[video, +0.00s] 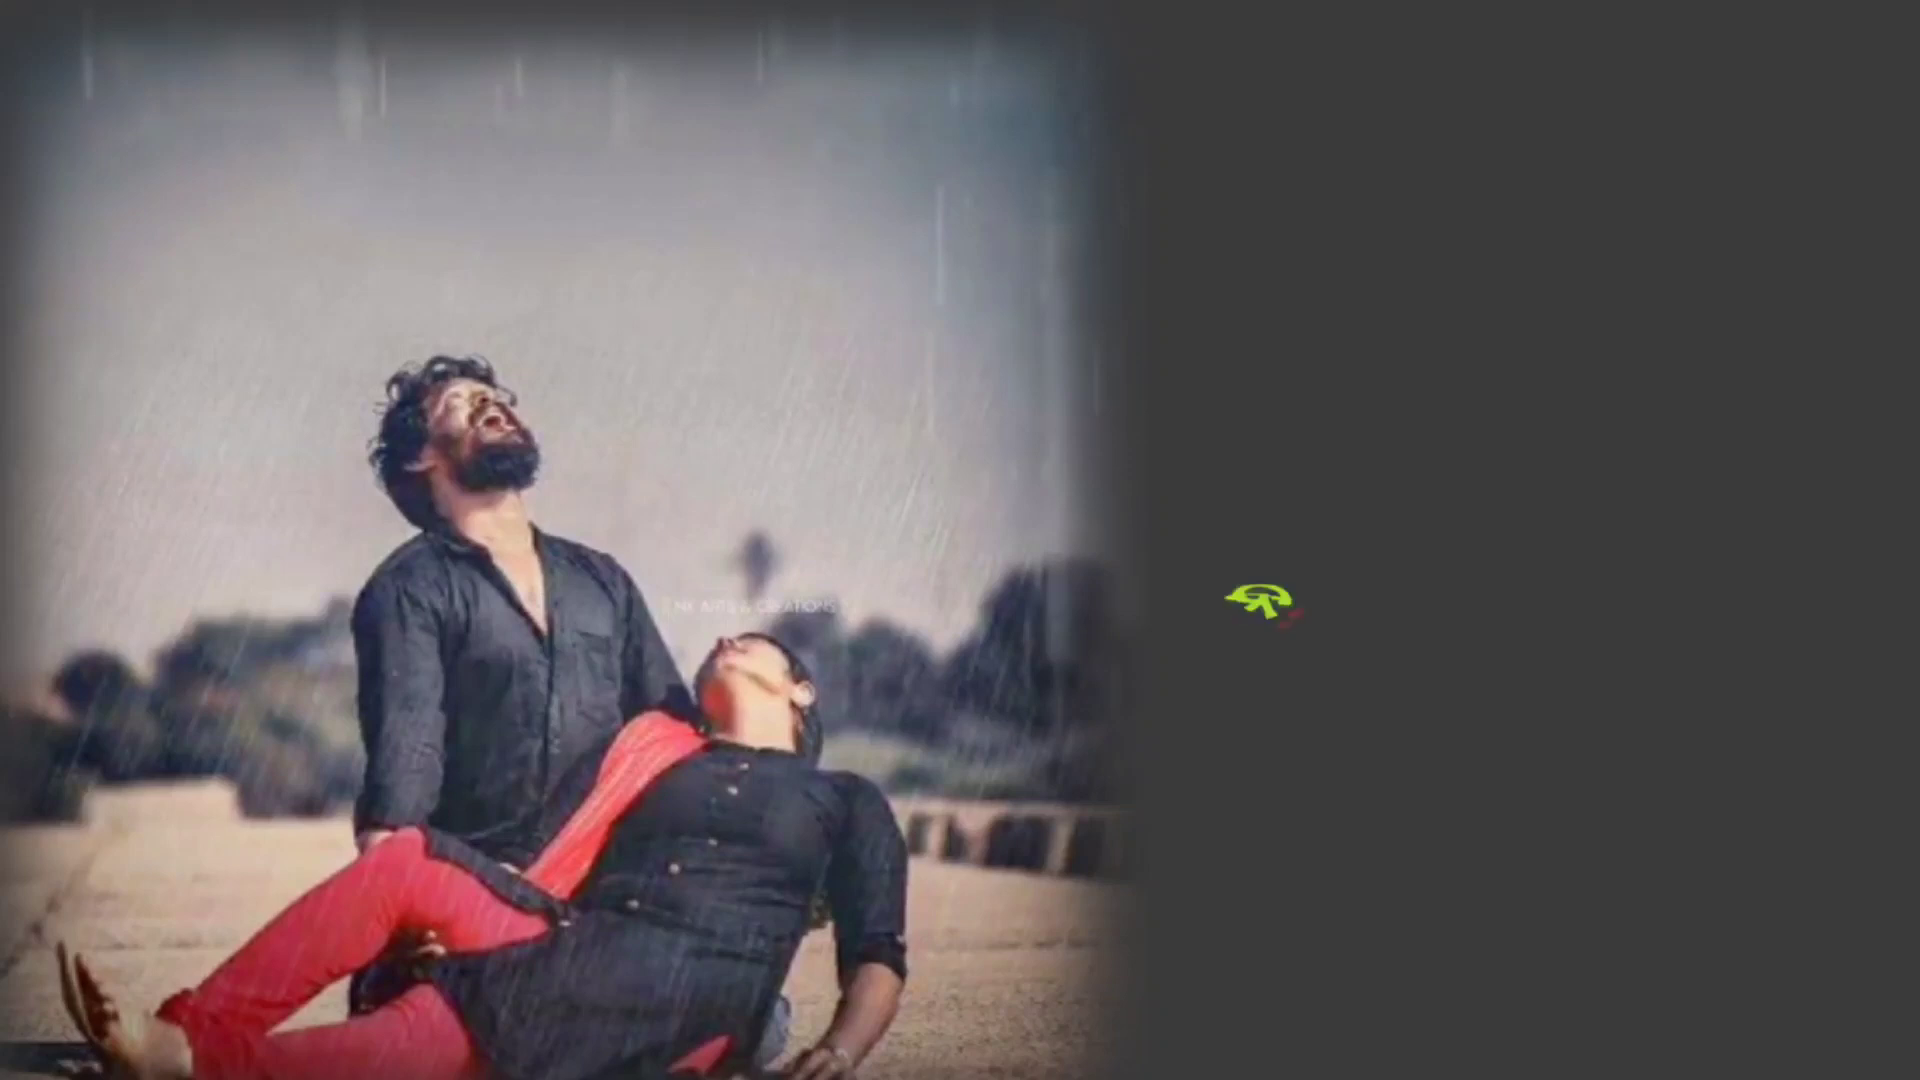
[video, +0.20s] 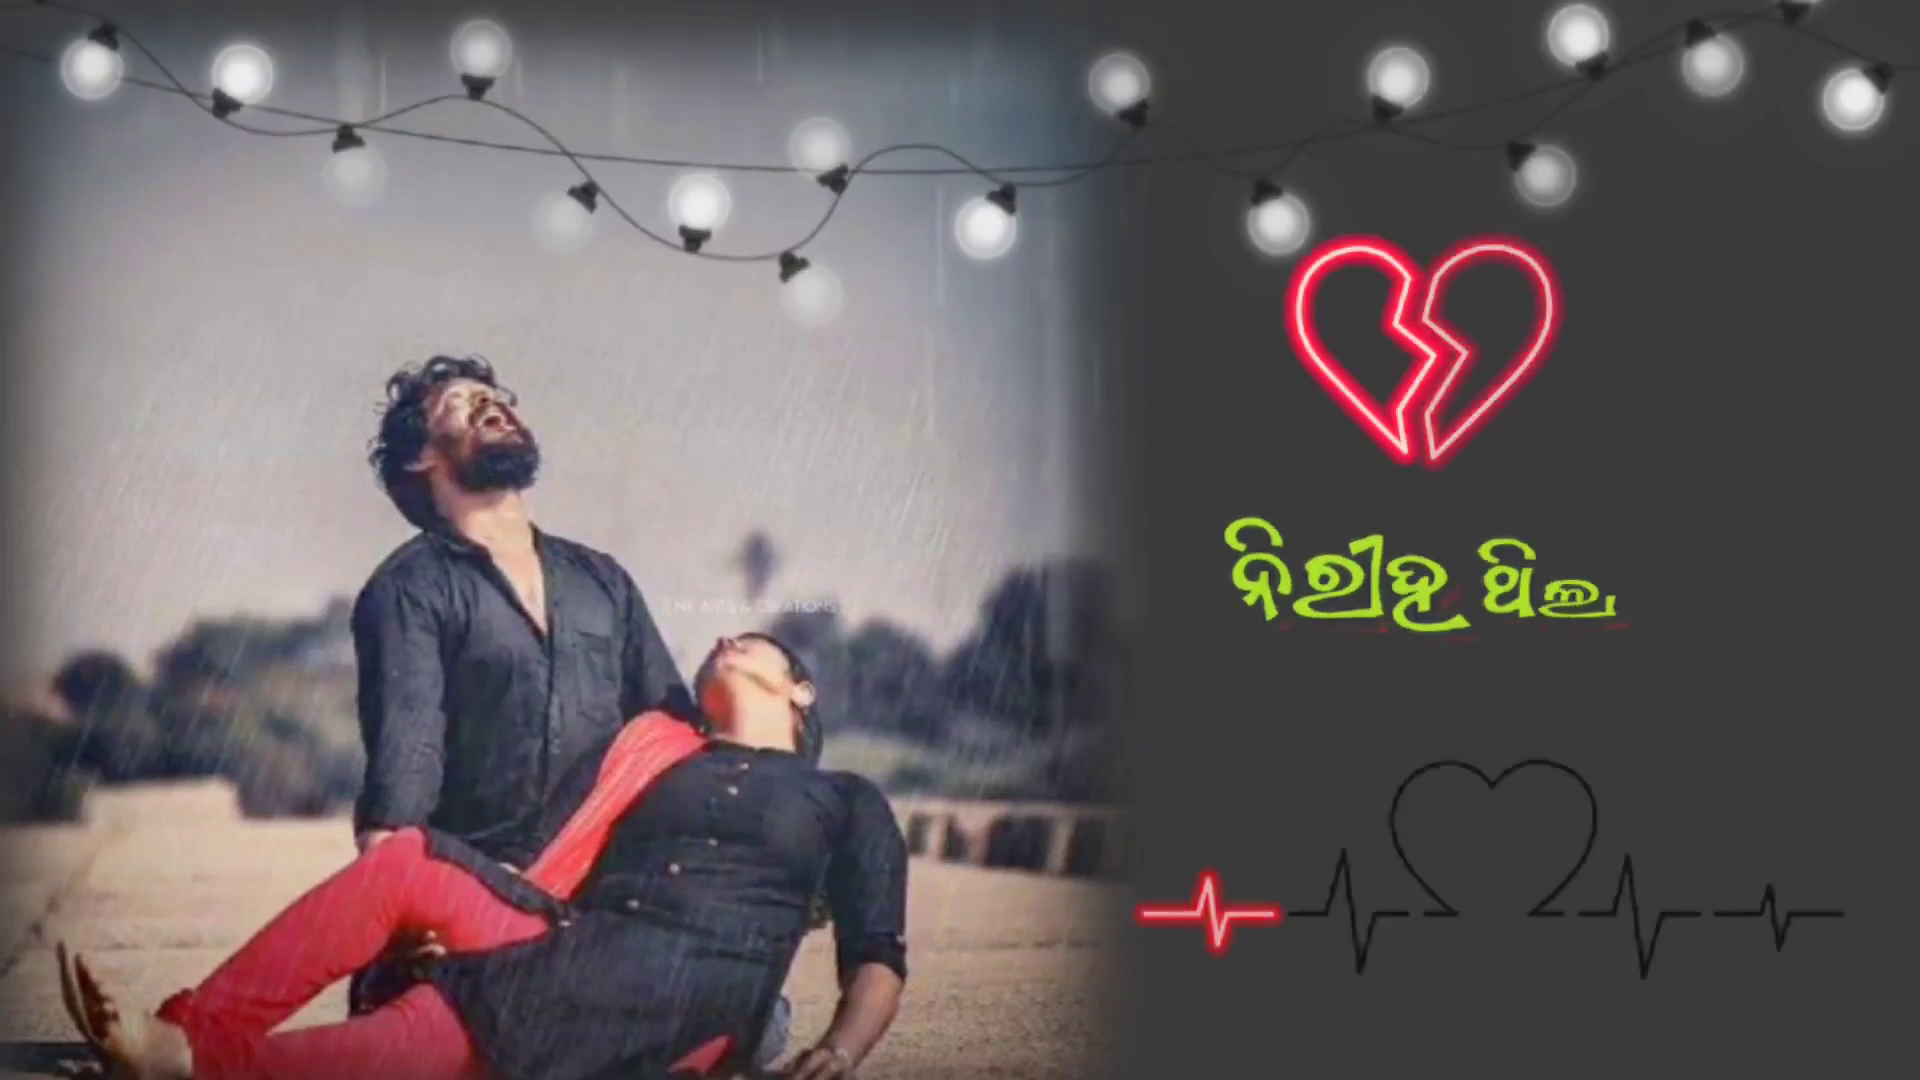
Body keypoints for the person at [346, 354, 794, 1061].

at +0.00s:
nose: (496, 409)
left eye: (501, 402)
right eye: (462, 406)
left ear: (524, 438)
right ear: (421, 463)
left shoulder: (602, 579)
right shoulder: (410, 588)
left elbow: (678, 728)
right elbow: (404, 751)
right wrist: (387, 899)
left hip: (617, 884)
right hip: (462, 890)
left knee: (762, 1020)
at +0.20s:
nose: (496, 409)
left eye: (502, 401)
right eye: (463, 406)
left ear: (525, 437)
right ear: (421, 462)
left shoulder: (603, 579)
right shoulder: (410, 588)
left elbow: (678, 729)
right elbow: (404, 751)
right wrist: (389, 900)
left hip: (616, 884)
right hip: (461, 890)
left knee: (762, 1019)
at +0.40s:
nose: (497, 409)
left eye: (502, 401)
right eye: (463, 406)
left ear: (525, 437)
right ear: (421, 462)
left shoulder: (603, 579)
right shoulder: (410, 588)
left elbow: (678, 729)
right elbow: (404, 751)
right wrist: (389, 901)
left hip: (616, 884)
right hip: (461, 890)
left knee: (761, 1019)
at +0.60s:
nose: (495, 409)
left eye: (501, 402)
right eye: (461, 406)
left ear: (525, 436)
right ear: (421, 463)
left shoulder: (603, 579)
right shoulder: (410, 587)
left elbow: (678, 729)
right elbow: (404, 748)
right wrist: (389, 895)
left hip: (617, 884)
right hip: (462, 890)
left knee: (762, 1020)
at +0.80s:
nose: (495, 409)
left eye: (500, 401)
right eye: (461, 406)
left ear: (525, 436)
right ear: (421, 462)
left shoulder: (603, 579)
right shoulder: (411, 587)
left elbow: (678, 729)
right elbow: (405, 745)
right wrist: (388, 892)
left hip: (616, 883)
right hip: (461, 889)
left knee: (762, 1020)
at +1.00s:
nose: (496, 409)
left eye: (501, 401)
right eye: (463, 406)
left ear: (525, 436)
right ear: (421, 462)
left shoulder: (603, 579)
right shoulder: (411, 587)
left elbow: (678, 729)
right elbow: (404, 748)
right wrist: (388, 895)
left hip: (615, 884)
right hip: (460, 889)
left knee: (762, 1020)